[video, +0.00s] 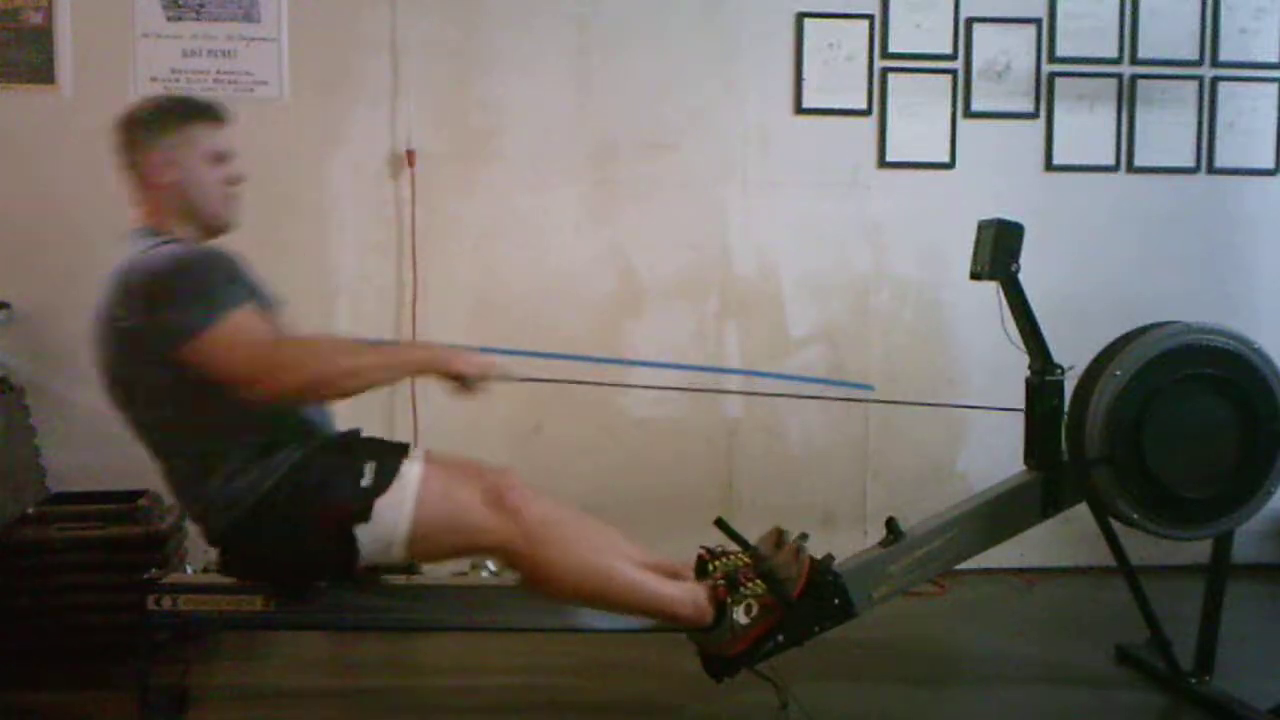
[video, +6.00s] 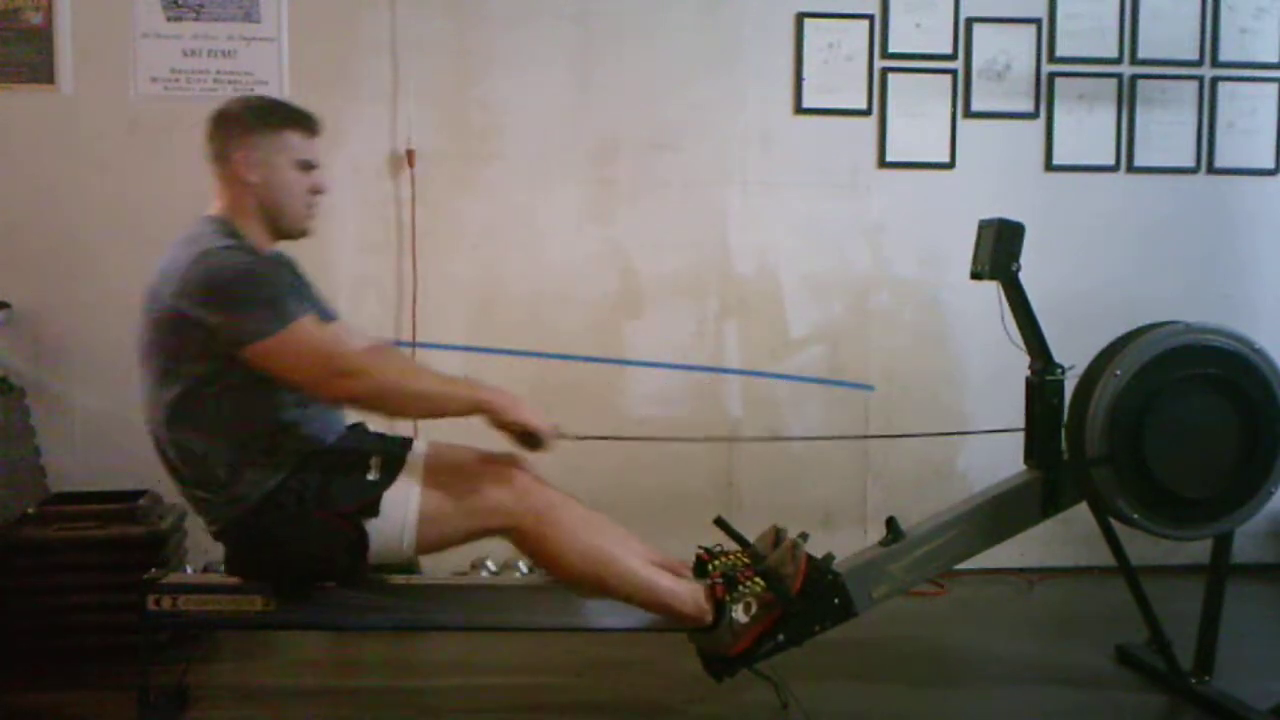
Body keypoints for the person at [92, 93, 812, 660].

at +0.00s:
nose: (235, 174)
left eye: (231, 158)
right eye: (216, 159)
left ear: (178, 175)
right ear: (154, 176)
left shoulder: (188, 267)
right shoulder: (167, 273)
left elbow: (280, 369)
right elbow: (267, 372)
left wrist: (411, 358)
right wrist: (424, 358)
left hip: (295, 476)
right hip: (275, 499)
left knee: (503, 491)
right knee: (501, 512)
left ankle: (701, 588)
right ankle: (710, 616)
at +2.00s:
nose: (663, 197)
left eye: (659, 181)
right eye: (650, 180)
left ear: (599, 191)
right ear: (601, 190)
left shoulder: (553, 256)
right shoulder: (591, 263)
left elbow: (729, 326)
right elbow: (742, 335)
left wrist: (844, 369)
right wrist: (880, 358)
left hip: (497, 501)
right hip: (524, 503)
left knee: (688, 366)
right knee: (700, 382)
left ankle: (705, 583)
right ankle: (712, 603)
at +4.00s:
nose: (586, 203)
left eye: (583, 186)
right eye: (572, 185)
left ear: (521, 192)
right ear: (522, 190)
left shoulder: (465, 262)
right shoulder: (505, 268)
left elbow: (638, 350)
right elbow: (655, 349)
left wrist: (758, 393)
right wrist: (798, 393)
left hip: (434, 519)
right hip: (463, 521)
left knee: (631, 387)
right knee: (642, 395)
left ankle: (706, 591)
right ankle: (713, 610)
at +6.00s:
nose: (320, 186)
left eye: (318, 169)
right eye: (303, 169)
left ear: (252, 174)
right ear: (243, 170)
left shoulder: (260, 264)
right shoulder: (218, 267)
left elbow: (360, 365)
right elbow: (342, 376)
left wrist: (479, 397)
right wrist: (484, 399)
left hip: (314, 479)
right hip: (284, 507)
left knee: (511, 475)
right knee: (509, 489)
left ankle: (703, 584)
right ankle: (705, 613)